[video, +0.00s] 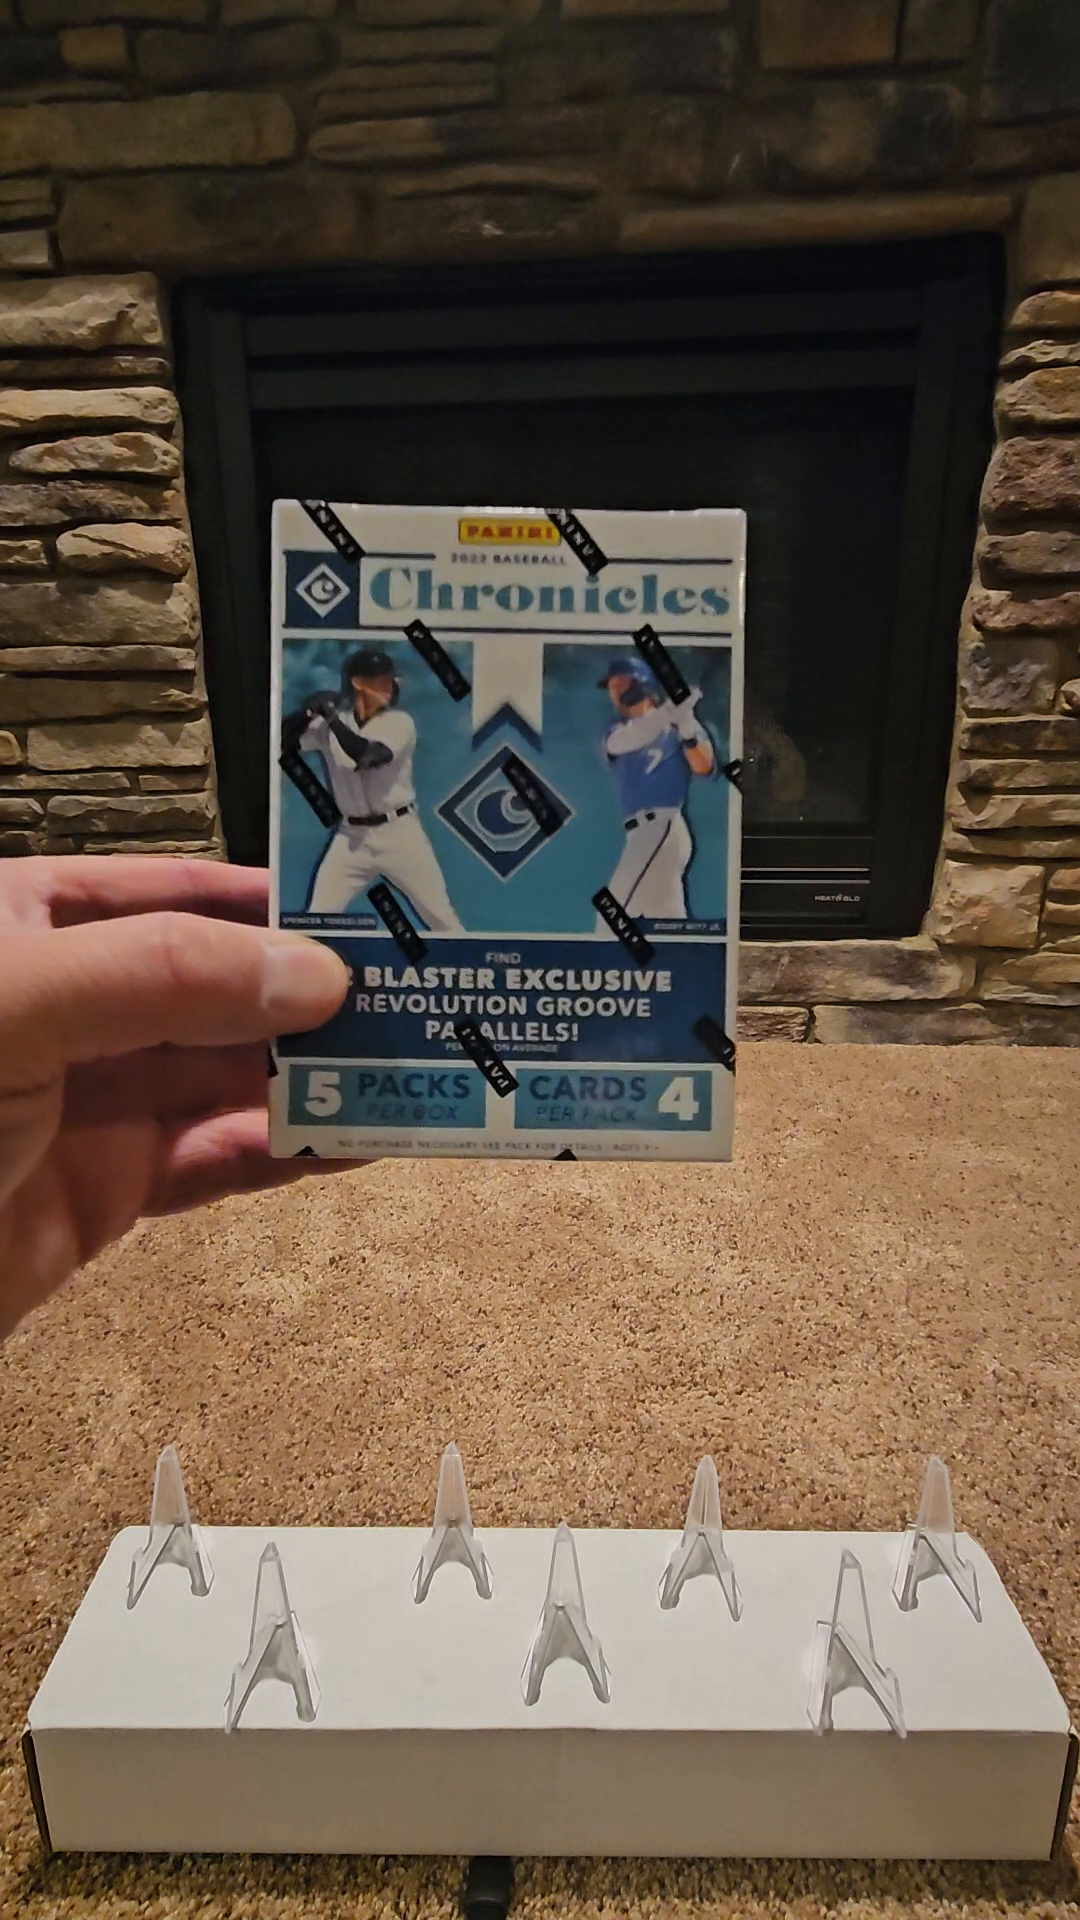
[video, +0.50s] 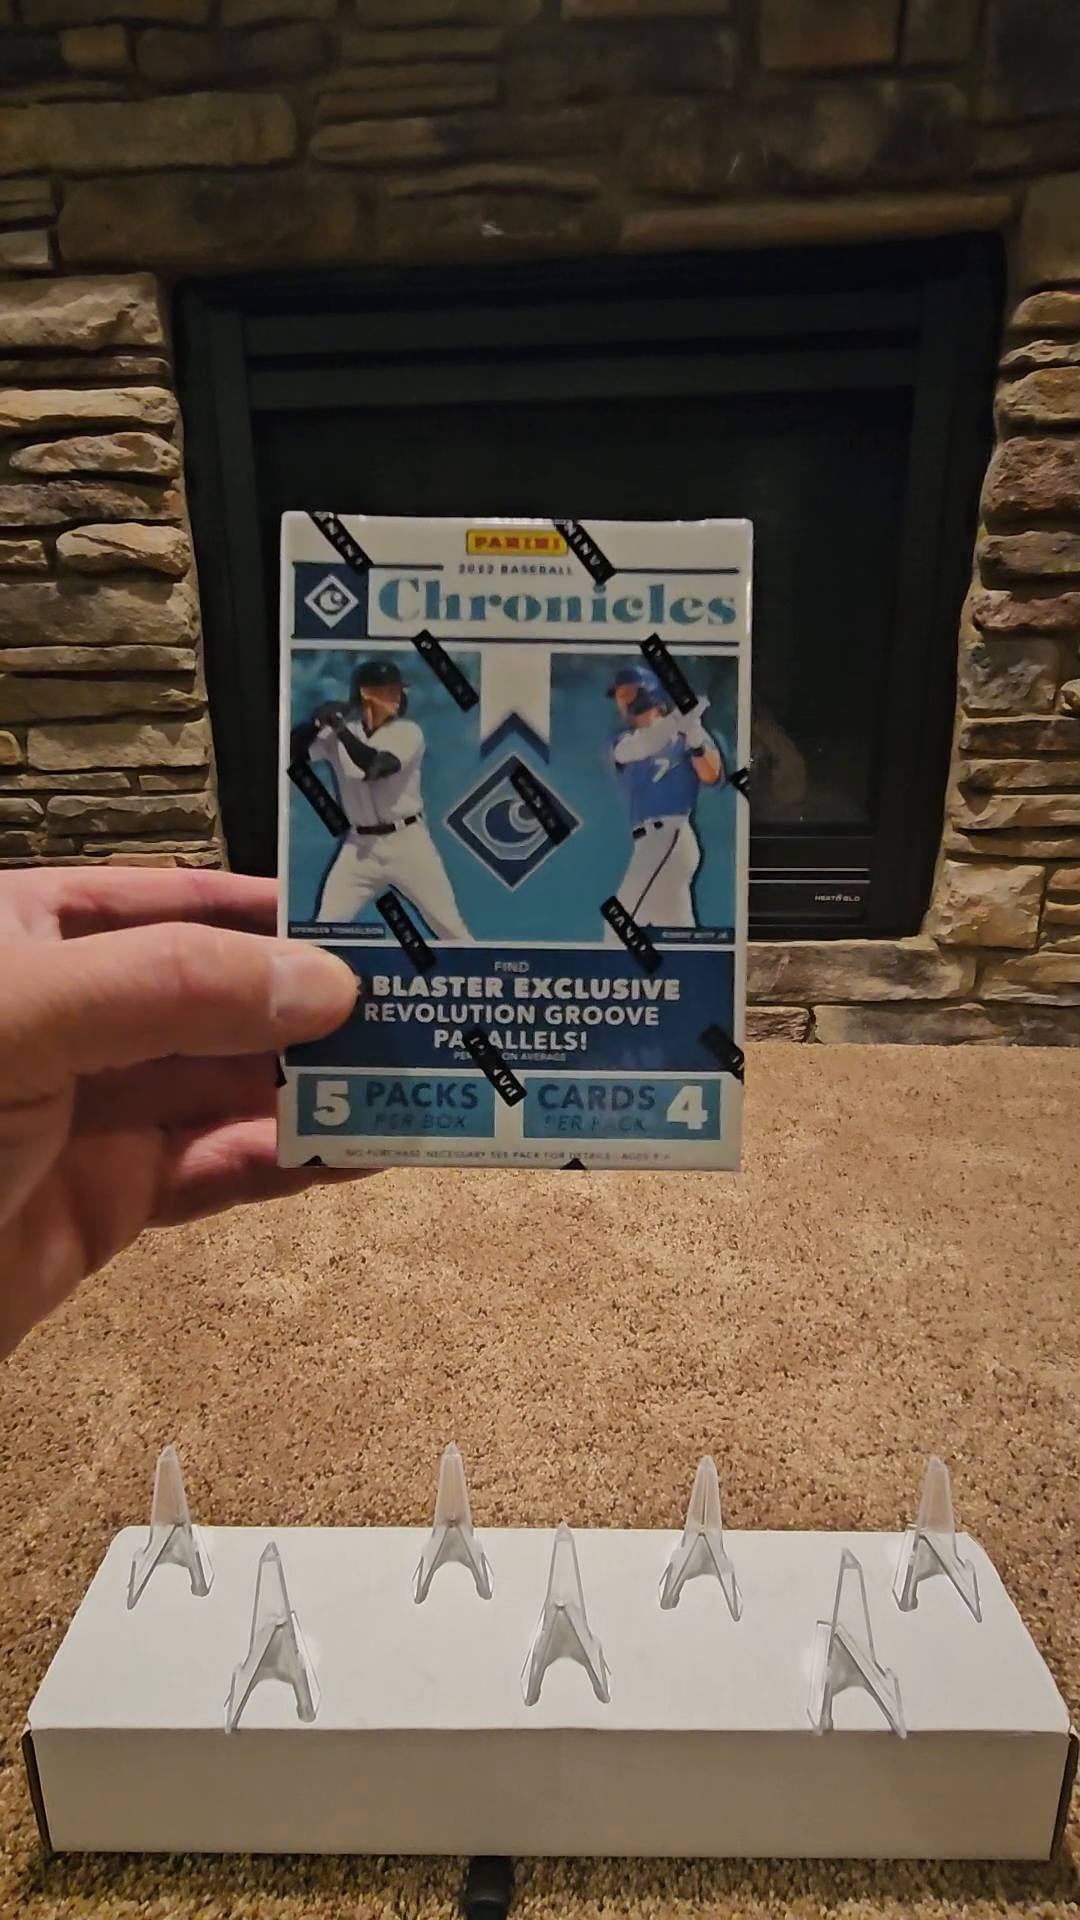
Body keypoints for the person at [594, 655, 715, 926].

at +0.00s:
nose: (614, 693)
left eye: (621, 684)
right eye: (611, 687)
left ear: (641, 685)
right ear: (609, 692)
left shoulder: (679, 723)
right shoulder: (616, 732)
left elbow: (704, 768)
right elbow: (628, 740)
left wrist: (686, 725)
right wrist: (669, 711)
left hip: (663, 830)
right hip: (641, 833)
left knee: (612, 915)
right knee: (670, 927)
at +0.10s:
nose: (612, 690)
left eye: (619, 680)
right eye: (609, 684)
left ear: (640, 682)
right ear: (607, 689)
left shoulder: (676, 719)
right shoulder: (612, 729)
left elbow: (702, 765)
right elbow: (626, 738)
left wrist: (684, 721)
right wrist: (668, 707)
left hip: (661, 827)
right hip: (638, 831)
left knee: (610, 912)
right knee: (669, 925)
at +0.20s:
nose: (617, 705)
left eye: (624, 695)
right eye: (614, 698)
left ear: (644, 696)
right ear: (611, 702)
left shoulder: (681, 733)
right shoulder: (617, 744)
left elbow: (706, 778)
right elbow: (631, 751)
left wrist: (688, 735)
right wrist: (672, 721)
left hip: (664, 839)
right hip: (641, 844)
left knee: (614, 925)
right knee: (670, 936)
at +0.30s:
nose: (617, 704)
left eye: (624, 694)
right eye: (613, 697)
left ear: (642, 696)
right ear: (611, 703)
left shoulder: (680, 733)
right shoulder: (617, 744)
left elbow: (705, 779)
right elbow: (631, 751)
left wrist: (687, 735)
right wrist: (670, 723)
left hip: (664, 841)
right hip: (641, 844)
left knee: (614, 926)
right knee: (671, 938)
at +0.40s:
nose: (616, 705)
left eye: (623, 696)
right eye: (613, 698)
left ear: (643, 695)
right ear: (610, 702)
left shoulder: (683, 732)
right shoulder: (617, 743)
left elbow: (708, 777)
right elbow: (635, 747)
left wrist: (690, 732)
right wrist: (672, 721)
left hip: (668, 839)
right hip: (645, 843)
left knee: (618, 924)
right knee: (676, 937)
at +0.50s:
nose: (622, 704)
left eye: (629, 695)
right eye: (619, 697)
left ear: (649, 695)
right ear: (616, 700)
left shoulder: (688, 732)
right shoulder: (621, 741)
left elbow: (711, 777)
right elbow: (642, 746)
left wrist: (694, 733)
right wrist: (676, 719)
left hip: (671, 838)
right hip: (648, 841)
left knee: (620, 924)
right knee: (680, 936)